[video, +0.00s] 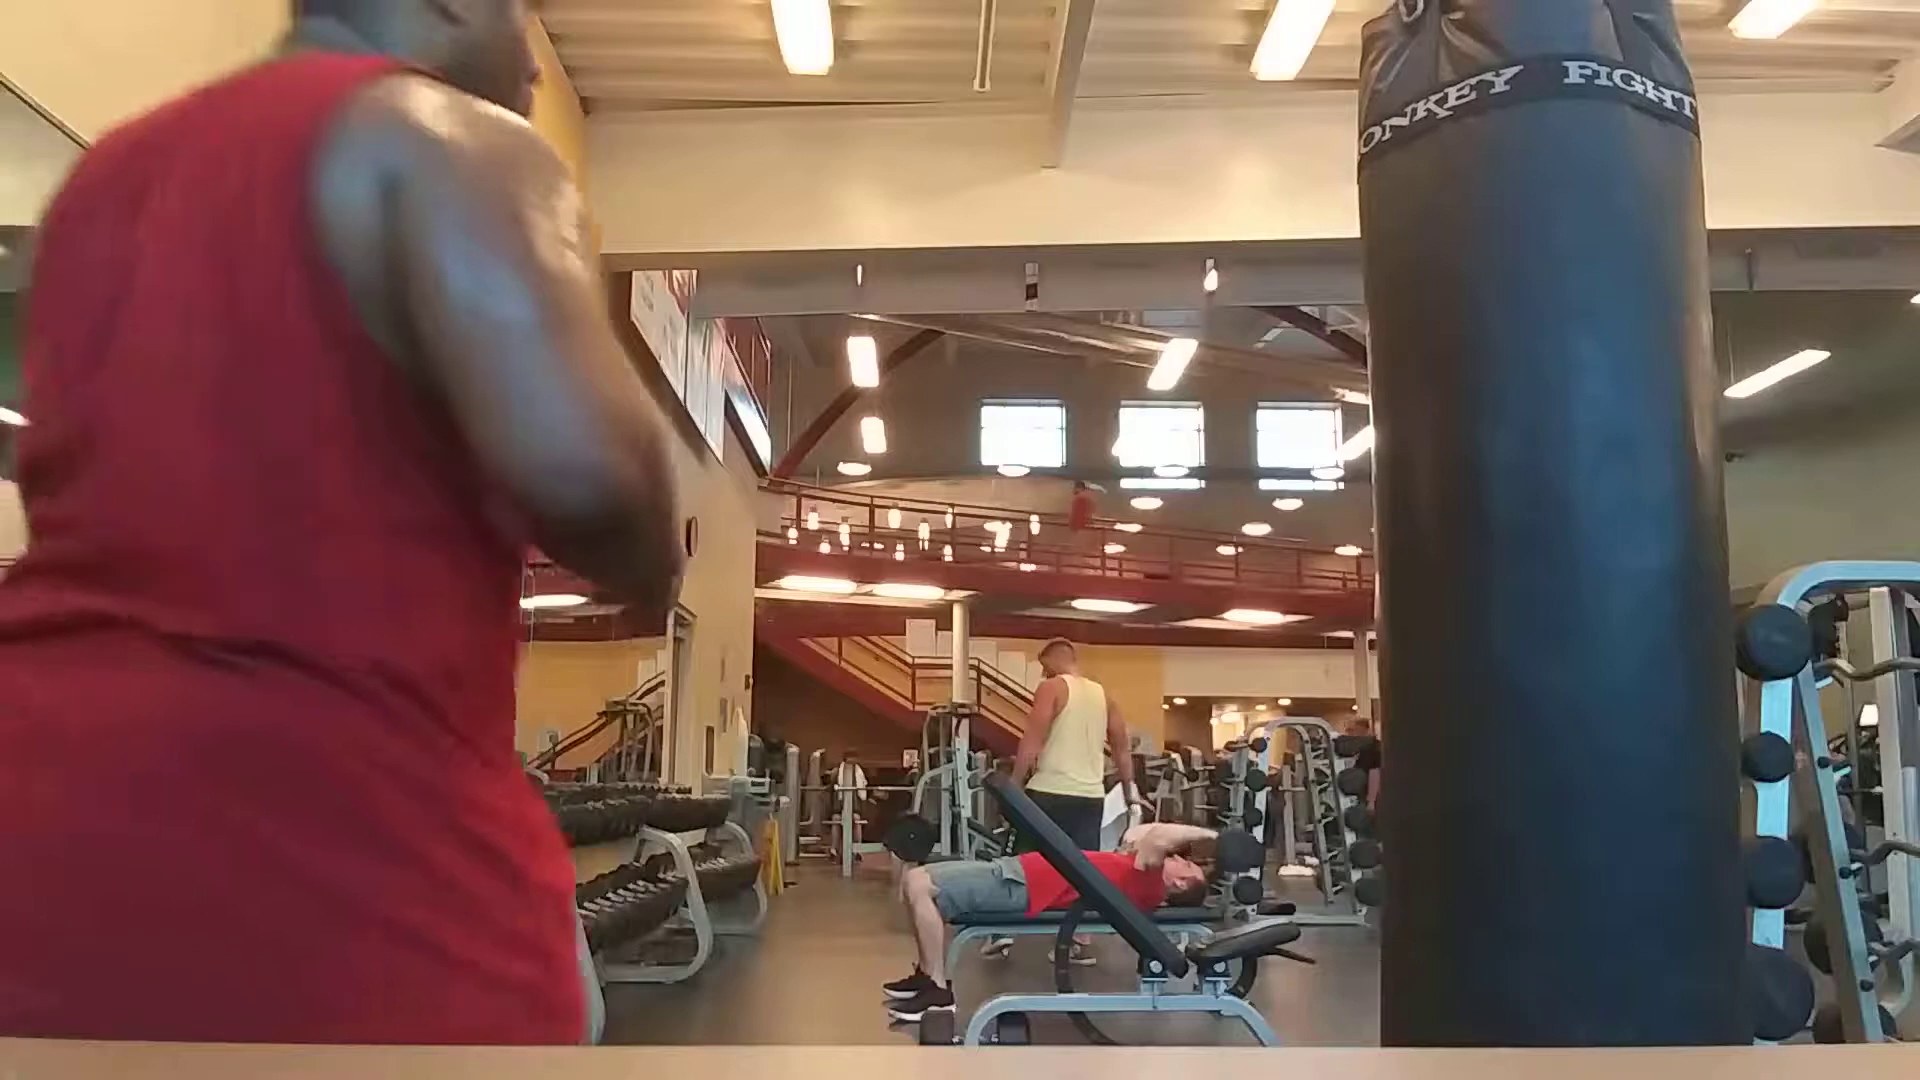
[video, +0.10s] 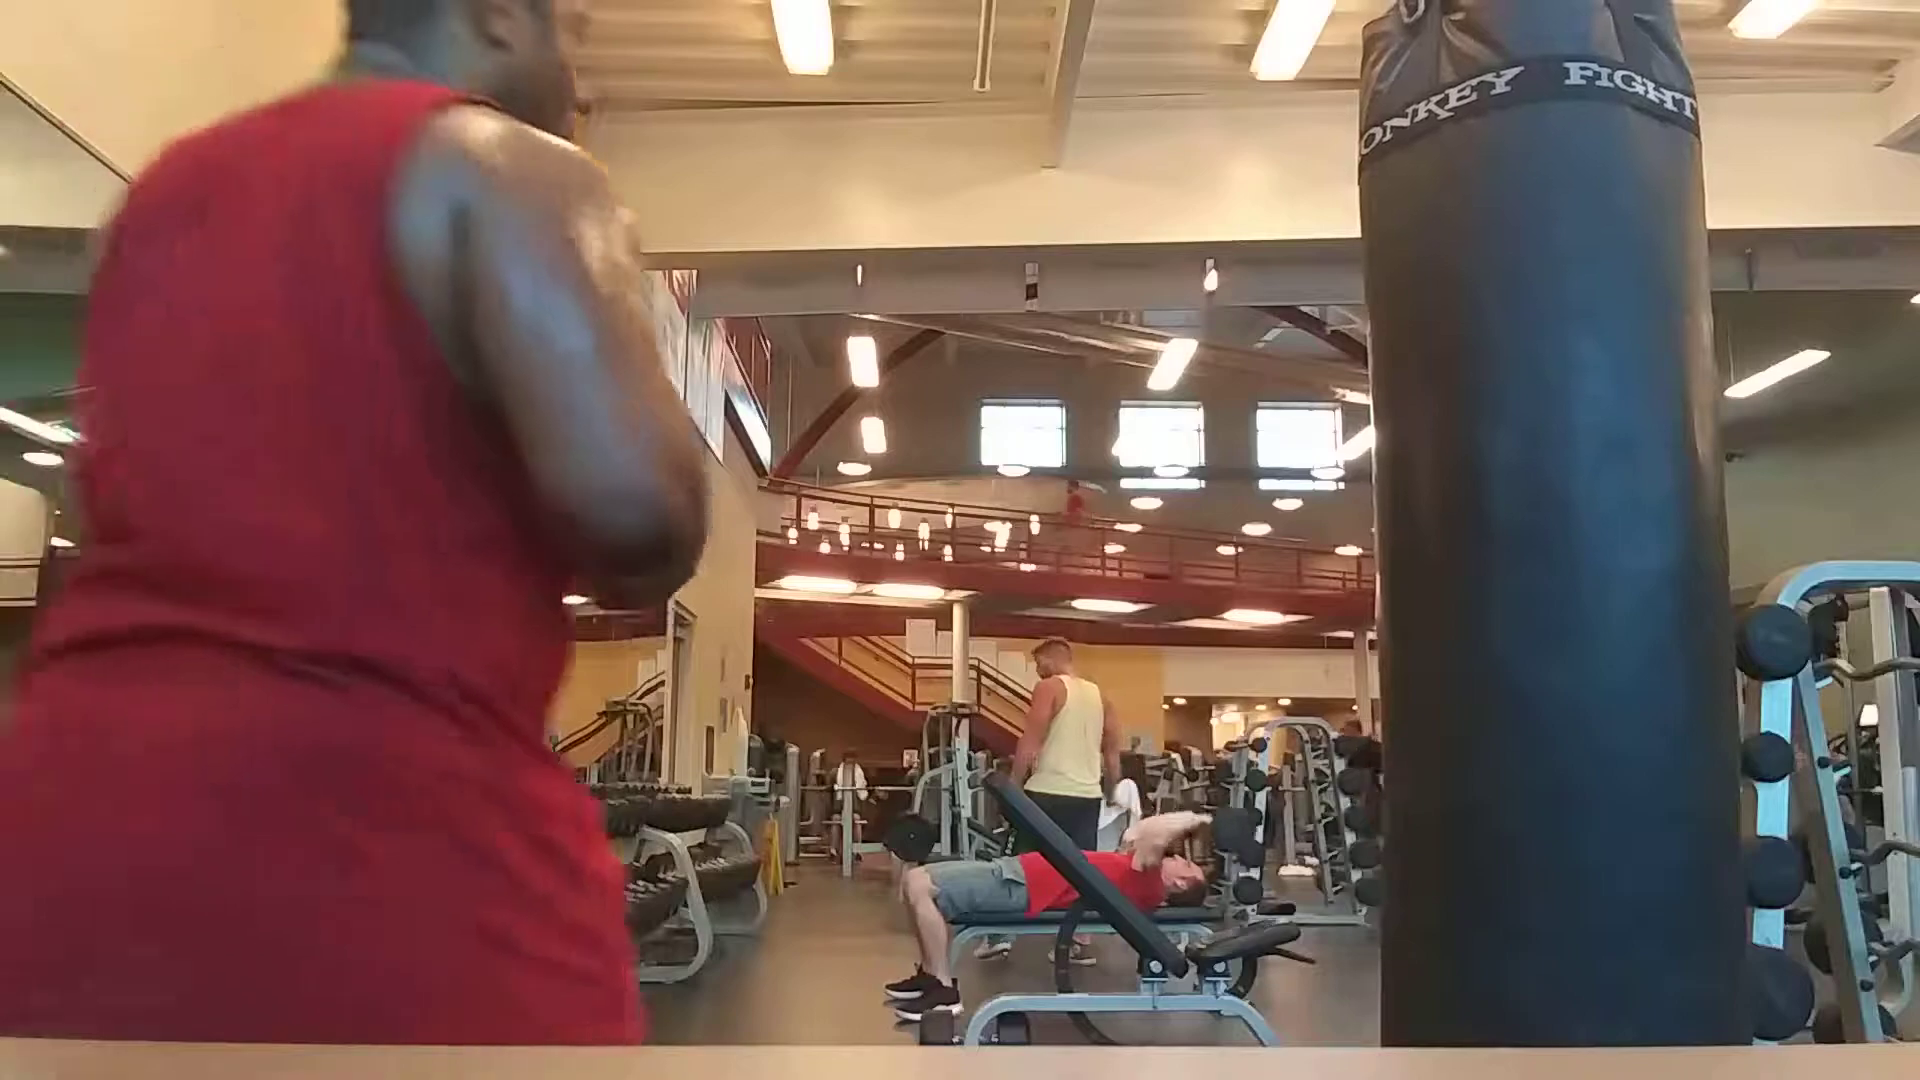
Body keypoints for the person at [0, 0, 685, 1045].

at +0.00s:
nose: (535, 66)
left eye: (534, 27)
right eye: (527, 19)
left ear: (317, 9)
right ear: (457, 4)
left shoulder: (101, 167)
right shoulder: (446, 139)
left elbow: (57, 456)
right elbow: (582, 469)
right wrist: (643, 576)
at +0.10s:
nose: (577, 80)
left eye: (572, 35)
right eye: (565, 29)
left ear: (365, 22)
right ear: (495, 16)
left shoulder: (158, 185)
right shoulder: (504, 169)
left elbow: (96, 522)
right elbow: (640, 515)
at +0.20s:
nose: (634, 95)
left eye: (633, 55)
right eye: (623, 47)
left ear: (430, 42)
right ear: (555, 31)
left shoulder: (241, 202)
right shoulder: (566, 194)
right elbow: (657, 539)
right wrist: (721, 547)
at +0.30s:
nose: (705, 115)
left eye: (705, 78)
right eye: (694, 72)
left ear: (501, 69)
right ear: (623, 64)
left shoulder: (323, 241)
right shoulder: (618, 239)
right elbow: (712, 583)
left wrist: (668, 672)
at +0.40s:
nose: (770, 150)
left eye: (769, 103)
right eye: (756, 99)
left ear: (564, 92)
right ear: (682, 85)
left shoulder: (395, 268)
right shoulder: (680, 269)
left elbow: (354, 563)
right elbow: (779, 611)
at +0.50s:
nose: (813, 152)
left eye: (810, 107)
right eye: (798, 103)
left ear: (612, 98)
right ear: (721, 89)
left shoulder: (454, 274)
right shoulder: (706, 268)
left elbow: (363, 553)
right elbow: (835, 577)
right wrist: (818, 409)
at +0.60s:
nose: (845, 140)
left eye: (843, 95)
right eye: (828, 90)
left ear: (730, 82)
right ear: (743, 79)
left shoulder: (522, 261)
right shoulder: (698, 232)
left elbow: (428, 530)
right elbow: (844, 525)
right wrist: (862, 380)